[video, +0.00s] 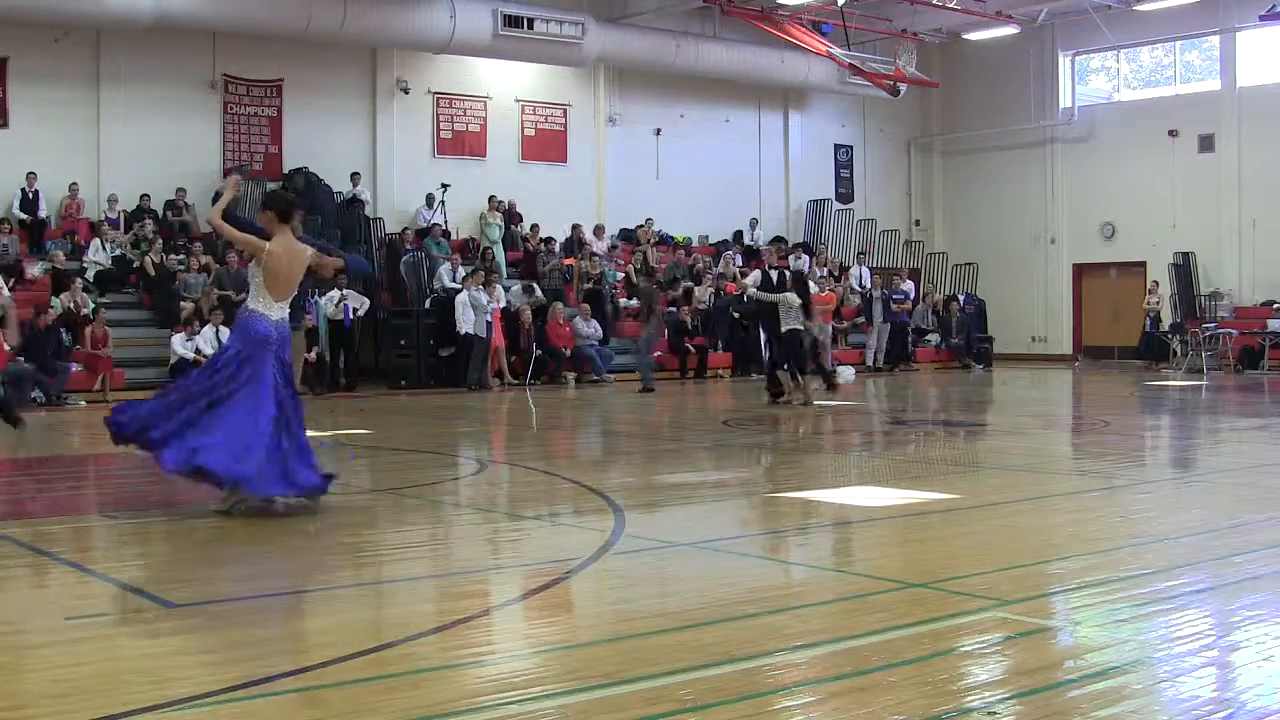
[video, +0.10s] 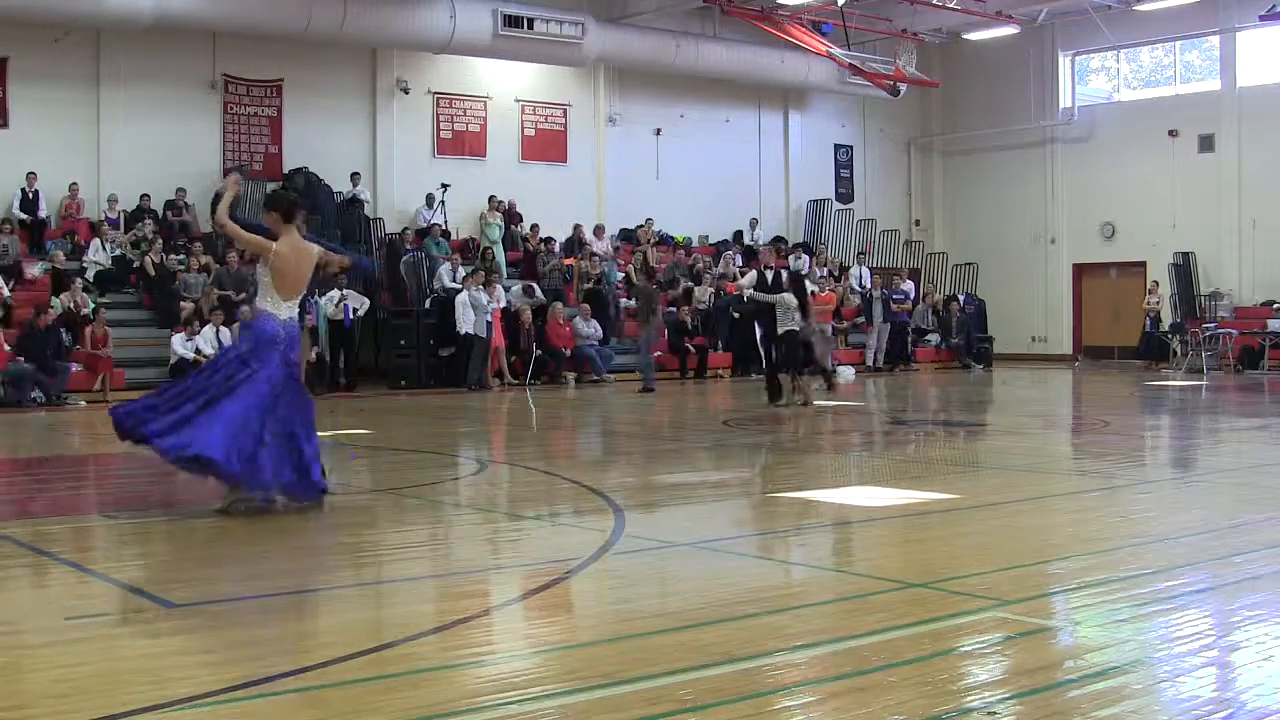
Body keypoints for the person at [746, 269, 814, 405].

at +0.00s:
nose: (787, 282)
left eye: (789, 280)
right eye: (788, 279)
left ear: (792, 282)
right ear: (802, 283)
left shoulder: (787, 297)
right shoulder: (801, 298)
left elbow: (767, 297)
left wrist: (748, 290)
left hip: (789, 332)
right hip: (800, 331)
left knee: (780, 364)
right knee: (801, 365)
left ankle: (789, 392)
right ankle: (807, 396)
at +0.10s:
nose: (783, 282)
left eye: (785, 280)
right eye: (784, 280)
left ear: (789, 283)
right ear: (798, 283)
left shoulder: (784, 297)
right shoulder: (798, 298)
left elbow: (765, 297)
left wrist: (747, 292)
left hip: (787, 333)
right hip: (796, 331)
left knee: (791, 366)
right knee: (796, 366)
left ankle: (796, 396)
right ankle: (805, 396)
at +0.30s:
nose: (775, 281)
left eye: (777, 279)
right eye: (776, 278)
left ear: (782, 282)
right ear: (786, 283)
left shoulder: (777, 297)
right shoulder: (785, 297)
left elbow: (756, 297)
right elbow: (759, 297)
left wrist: (735, 292)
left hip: (778, 334)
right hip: (785, 332)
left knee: (780, 368)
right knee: (784, 367)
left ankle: (785, 397)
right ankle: (785, 396)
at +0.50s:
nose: (764, 283)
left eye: (766, 281)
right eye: (765, 281)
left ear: (770, 284)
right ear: (776, 285)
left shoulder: (764, 298)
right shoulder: (777, 297)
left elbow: (745, 298)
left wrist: (725, 294)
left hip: (765, 335)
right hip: (777, 333)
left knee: (766, 366)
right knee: (778, 365)